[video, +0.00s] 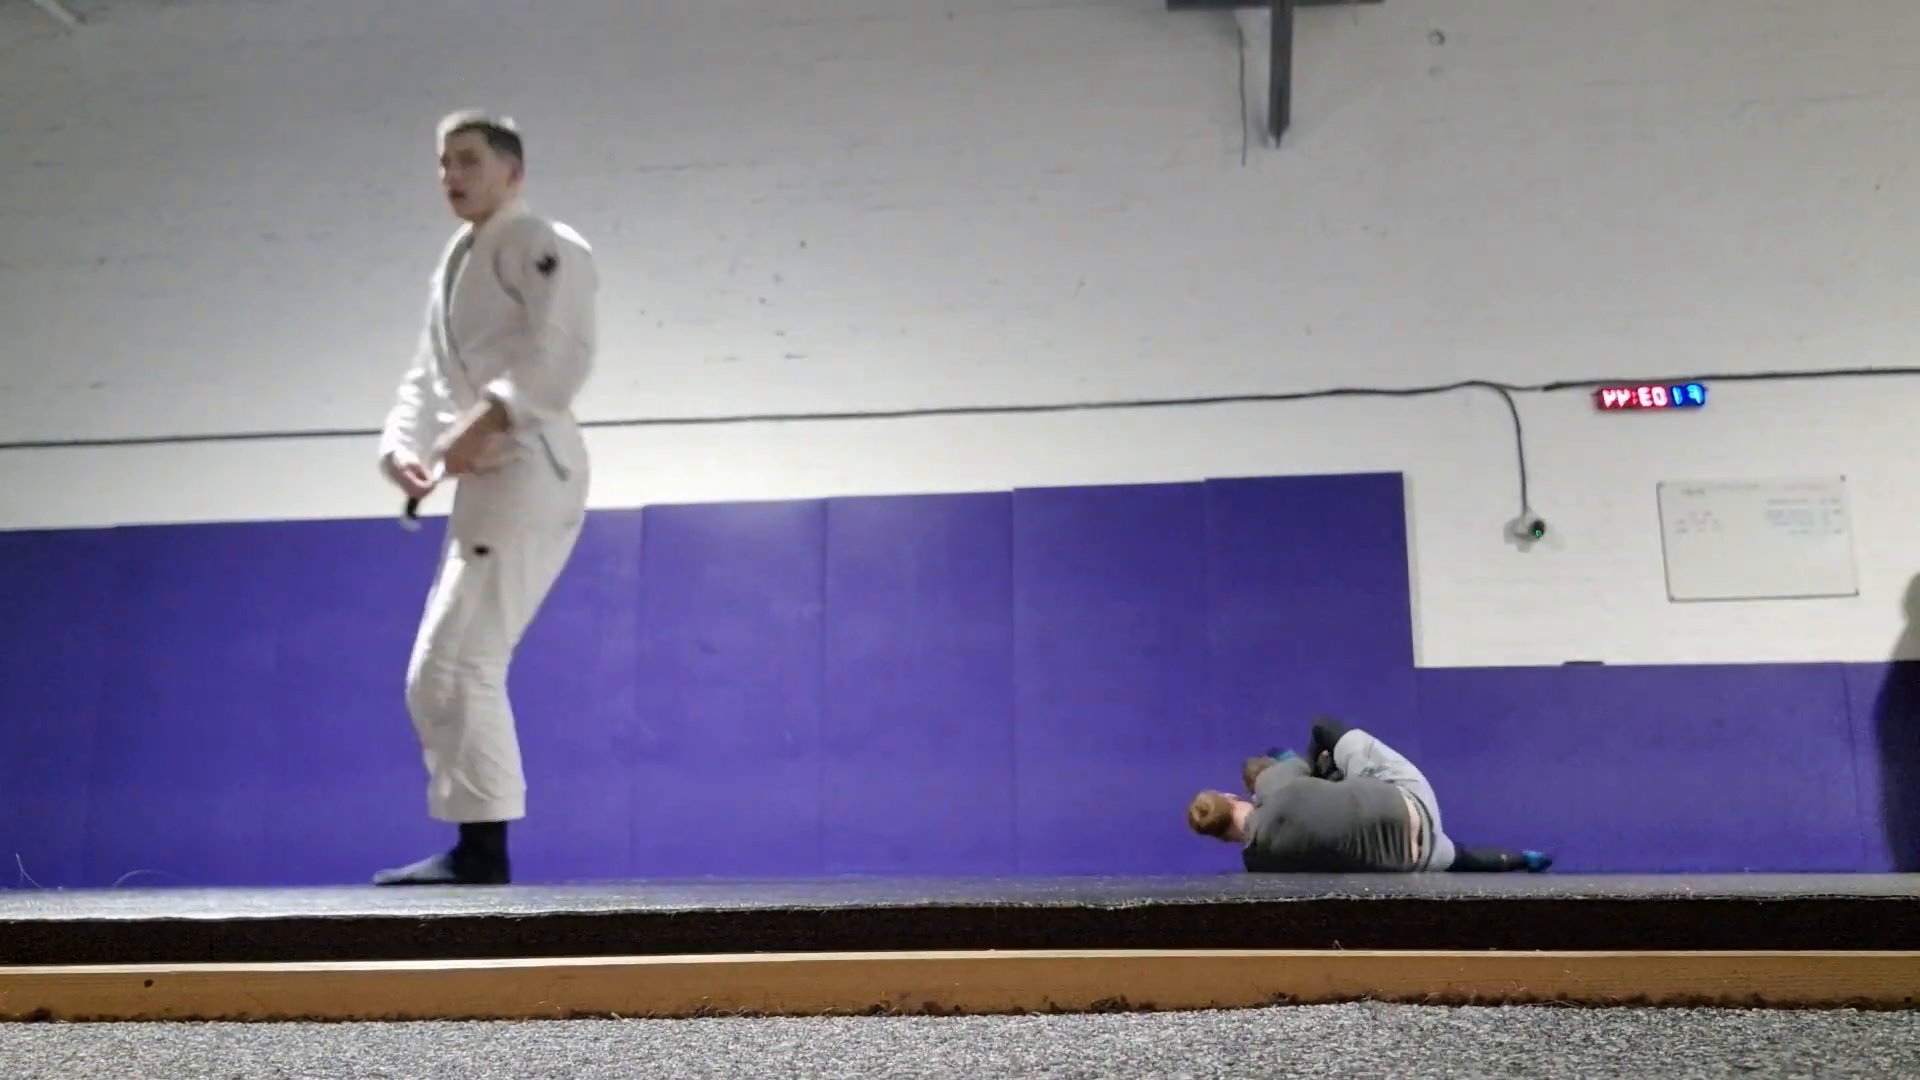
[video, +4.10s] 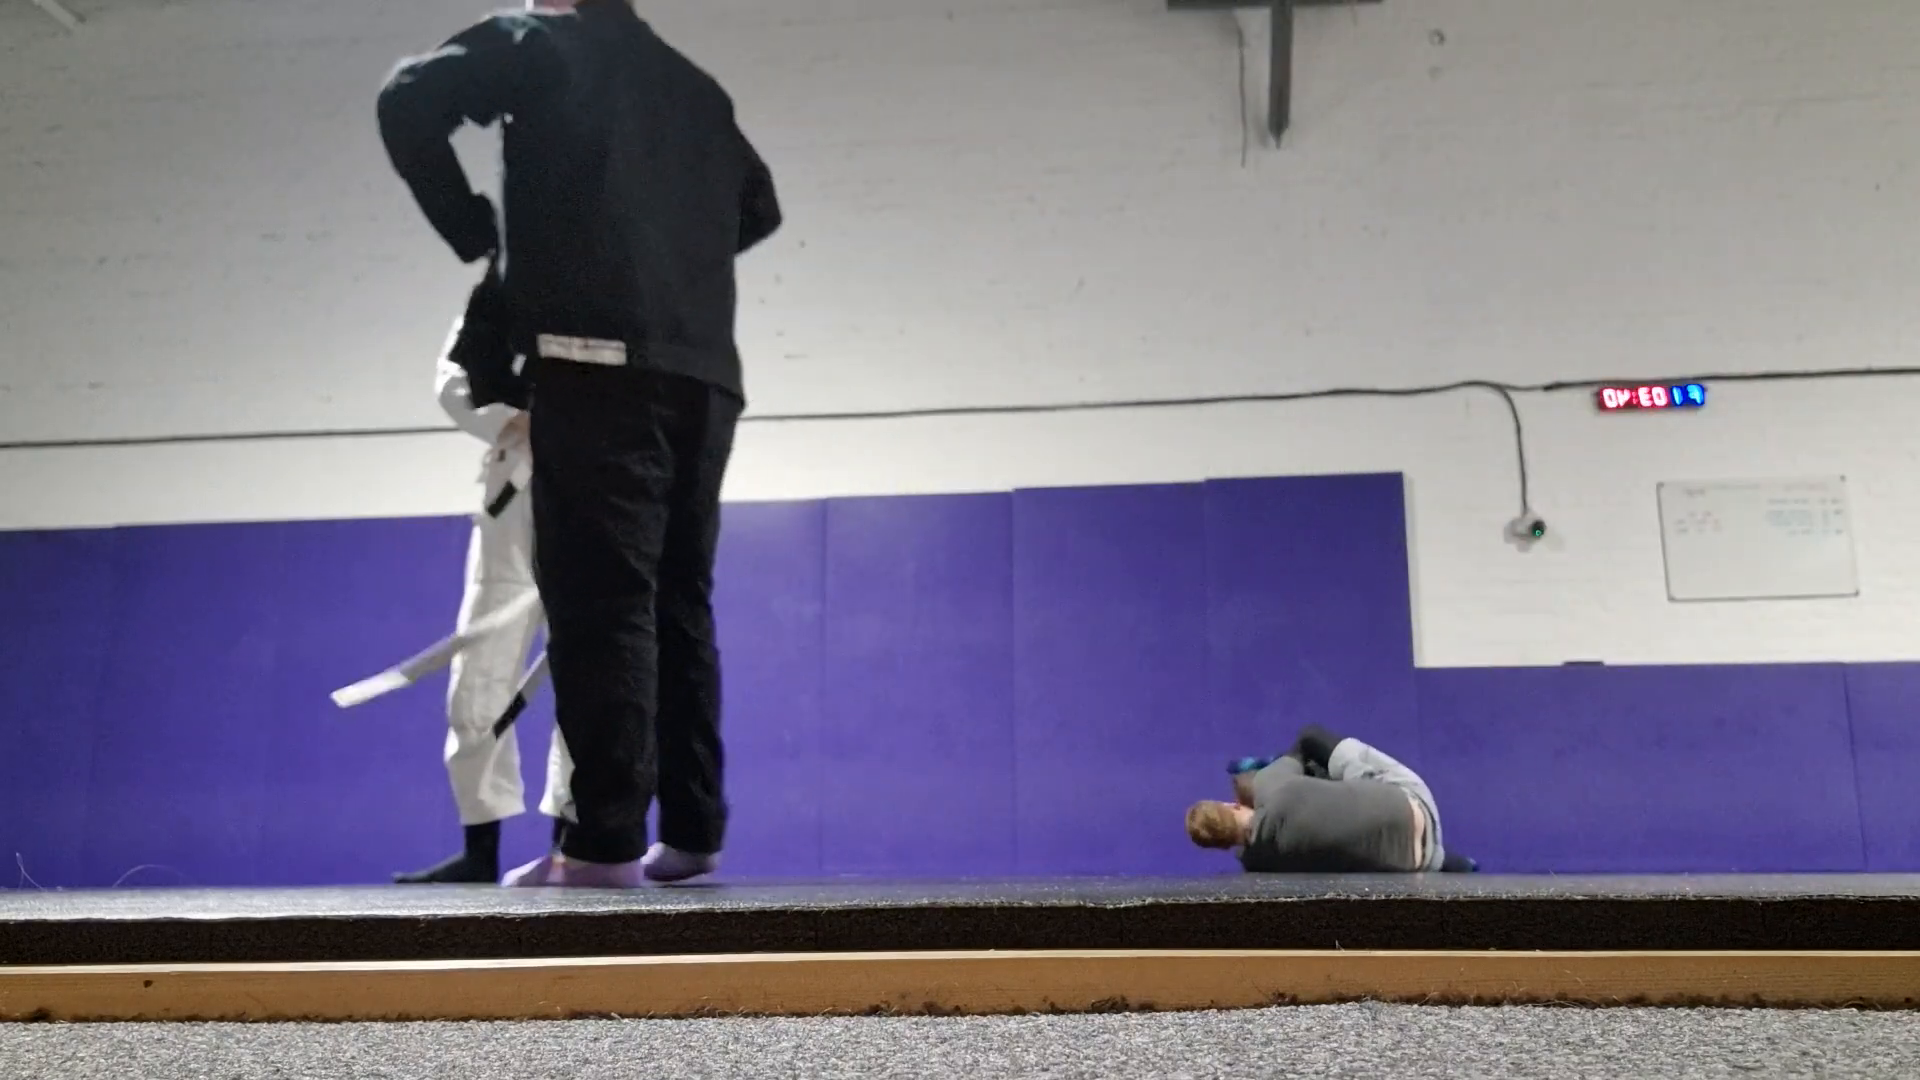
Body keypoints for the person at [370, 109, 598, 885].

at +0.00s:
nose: (451, 175)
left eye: (466, 162)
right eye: (445, 164)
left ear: (511, 170)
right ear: (442, 176)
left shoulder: (547, 244)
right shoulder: (456, 263)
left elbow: (566, 354)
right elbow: (427, 376)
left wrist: (488, 417)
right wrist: (401, 442)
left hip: (533, 476)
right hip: (487, 480)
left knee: (460, 661)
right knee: (440, 667)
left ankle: (483, 852)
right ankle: (475, 848)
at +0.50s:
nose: (535, 204)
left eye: (550, 194)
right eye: (524, 190)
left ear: (568, 212)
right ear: (496, 198)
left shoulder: (596, 300)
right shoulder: (449, 285)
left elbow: (620, 403)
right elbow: (401, 387)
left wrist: (601, 463)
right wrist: (430, 448)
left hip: (564, 503)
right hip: (474, 500)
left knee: (569, 676)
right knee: (459, 675)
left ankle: (565, 849)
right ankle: (475, 849)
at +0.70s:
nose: (562, 216)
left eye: (578, 205)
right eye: (550, 200)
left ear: (595, 217)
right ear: (525, 203)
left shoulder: (617, 304)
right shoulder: (476, 280)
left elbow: (643, 397)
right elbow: (426, 362)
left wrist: (653, 474)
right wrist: (494, 343)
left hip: (587, 504)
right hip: (499, 499)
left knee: (587, 674)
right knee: (474, 672)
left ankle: (568, 849)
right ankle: (477, 852)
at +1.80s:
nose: (603, 235)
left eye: (617, 225)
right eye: (591, 219)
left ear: (629, 230)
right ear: (561, 214)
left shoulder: (643, 311)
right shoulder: (508, 287)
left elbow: (668, 404)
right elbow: (477, 382)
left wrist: (684, 482)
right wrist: (536, 408)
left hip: (607, 508)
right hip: (521, 499)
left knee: (597, 674)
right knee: (487, 669)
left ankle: (568, 849)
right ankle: (481, 850)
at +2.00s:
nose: (615, 229)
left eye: (625, 219)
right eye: (602, 214)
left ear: (632, 228)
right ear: (565, 212)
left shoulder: (643, 310)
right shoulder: (510, 288)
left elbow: (669, 401)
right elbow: (467, 387)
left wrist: (689, 479)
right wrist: (439, 481)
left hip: (610, 508)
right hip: (522, 499)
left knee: (599, 675)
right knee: (490, 671)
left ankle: (569, 849)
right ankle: (481, 851)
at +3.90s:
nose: (549, 242)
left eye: (562, 233)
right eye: (538, 229)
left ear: (590, 236)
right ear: (523, 229)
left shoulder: (616, 298)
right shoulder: (500, 285)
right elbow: (450, 376)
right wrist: (507, 419)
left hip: (595, 495)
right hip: (517, 488)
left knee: (581, 672)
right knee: (482, 672)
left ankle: (576, 842)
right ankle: (480, 850)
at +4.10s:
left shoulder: (630, 290)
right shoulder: (509, 275)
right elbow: (455, 378)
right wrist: (510, 422)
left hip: (602, 488)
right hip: (519, 482)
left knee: (585, 661)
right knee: (484, 655)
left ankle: (574, 844)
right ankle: (480, 849)